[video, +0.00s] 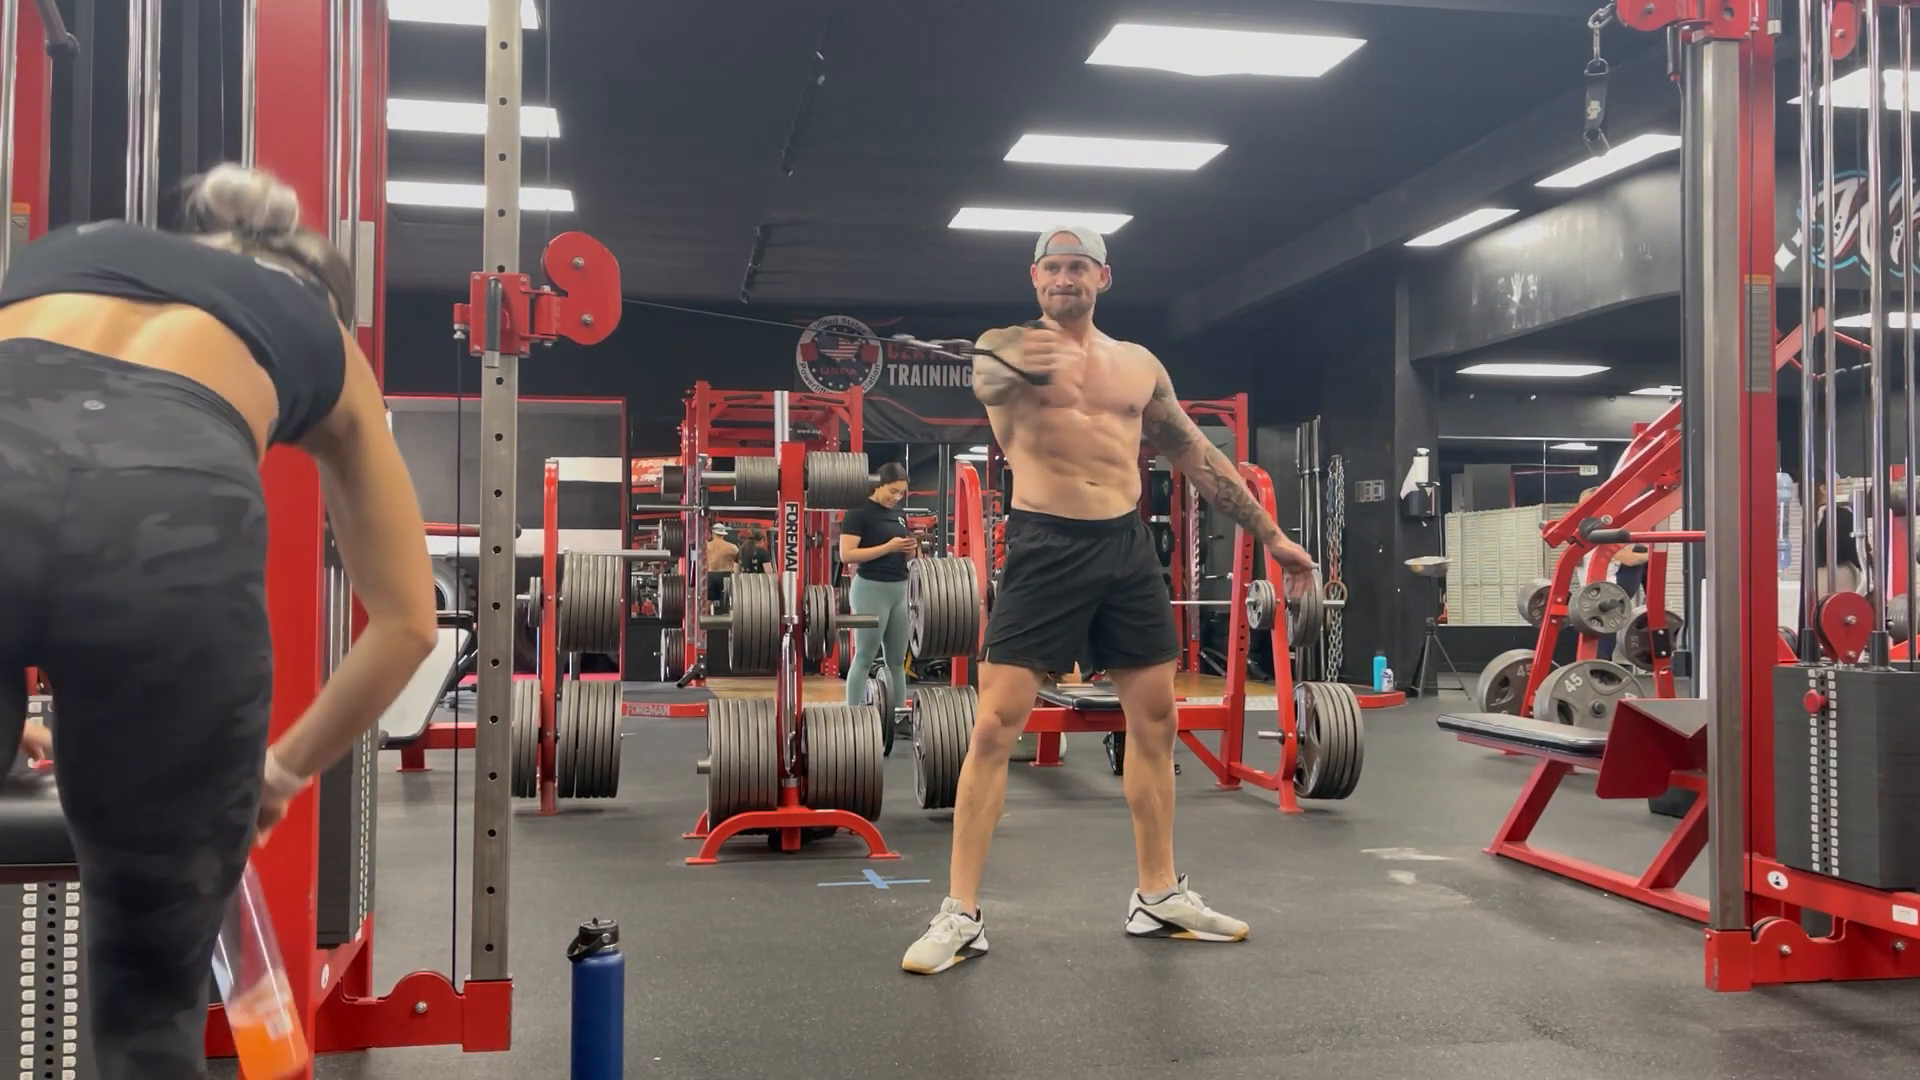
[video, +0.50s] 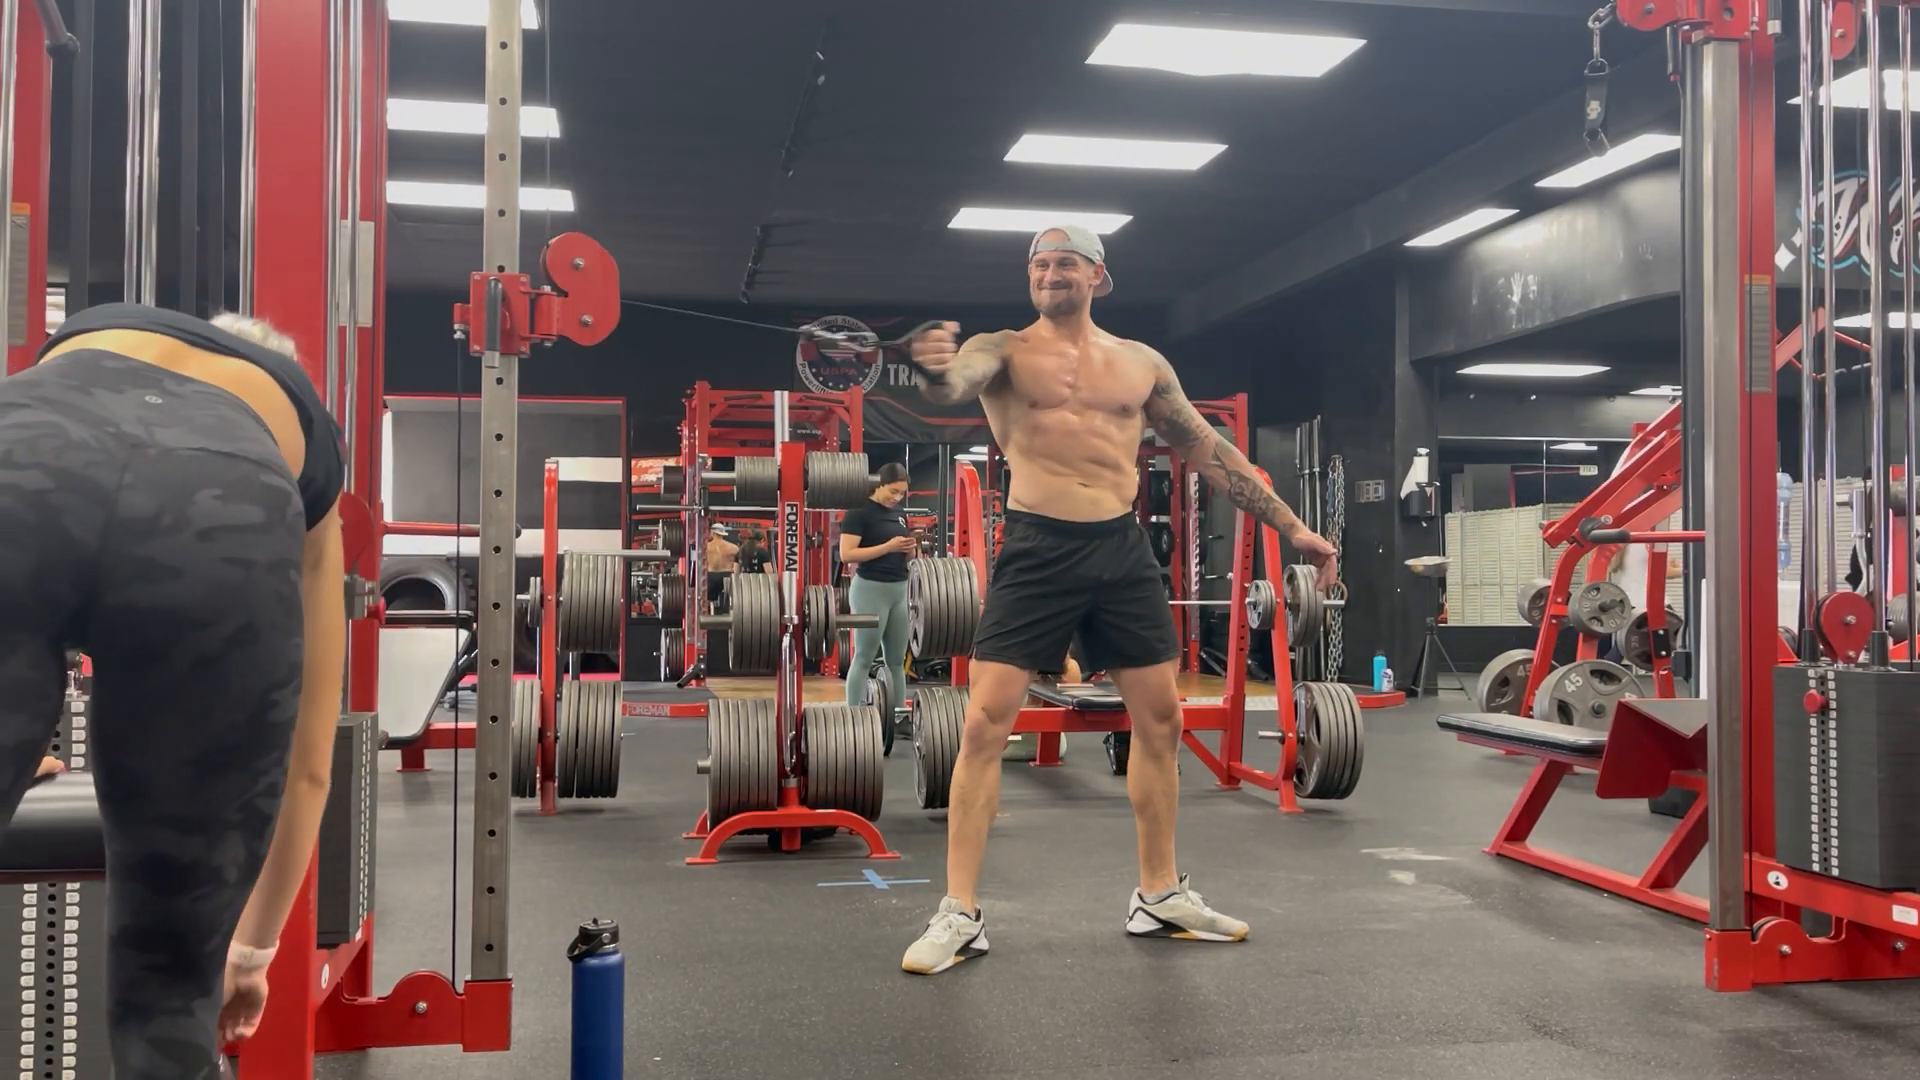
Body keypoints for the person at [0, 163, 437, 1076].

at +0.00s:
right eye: (334, 328)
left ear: (177, 233)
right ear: (309, 289)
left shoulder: (51, 256)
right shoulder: (324, 334)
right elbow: (406, 621)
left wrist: (9, 718)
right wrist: (284, 768)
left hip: (4, 469)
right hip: (165, 523)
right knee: (149, 975)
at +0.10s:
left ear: (183, 267)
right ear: (305, 328)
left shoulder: (70, 291)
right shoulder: (321, 371)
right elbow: (390, 667)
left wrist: (23, 753)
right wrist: (288, 824)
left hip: (11, 473)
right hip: (184, 517)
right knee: (157, 987)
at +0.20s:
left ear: (184, 295)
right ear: (287, 336)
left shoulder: (74, 311)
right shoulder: (313, 387)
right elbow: (369, 709)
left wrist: (18, 750)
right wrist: (284, 874)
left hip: (14, 472)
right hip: (194, 517)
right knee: (162, 991)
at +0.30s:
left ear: (197, 311)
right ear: (290, 356)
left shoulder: (81, 317)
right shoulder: (313, 402)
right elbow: (346, 731)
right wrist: (276, 903)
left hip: (17, 472)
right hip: (207, 508)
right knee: (165, 977)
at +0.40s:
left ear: (202, 325)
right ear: (290, 370)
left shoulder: (90, 326)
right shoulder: (315, 425)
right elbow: (326, 749)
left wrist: (19, 739)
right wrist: (263, 927)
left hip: (21, 470)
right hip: (215, 512)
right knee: (169, 963)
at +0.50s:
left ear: (200, 331)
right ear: (285, 378)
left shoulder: (89, 336)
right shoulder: (309, 434)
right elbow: (310, 763)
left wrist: (21, 728)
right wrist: (256, 944)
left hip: (19, 472)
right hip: (221, 513)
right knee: (168, 977)